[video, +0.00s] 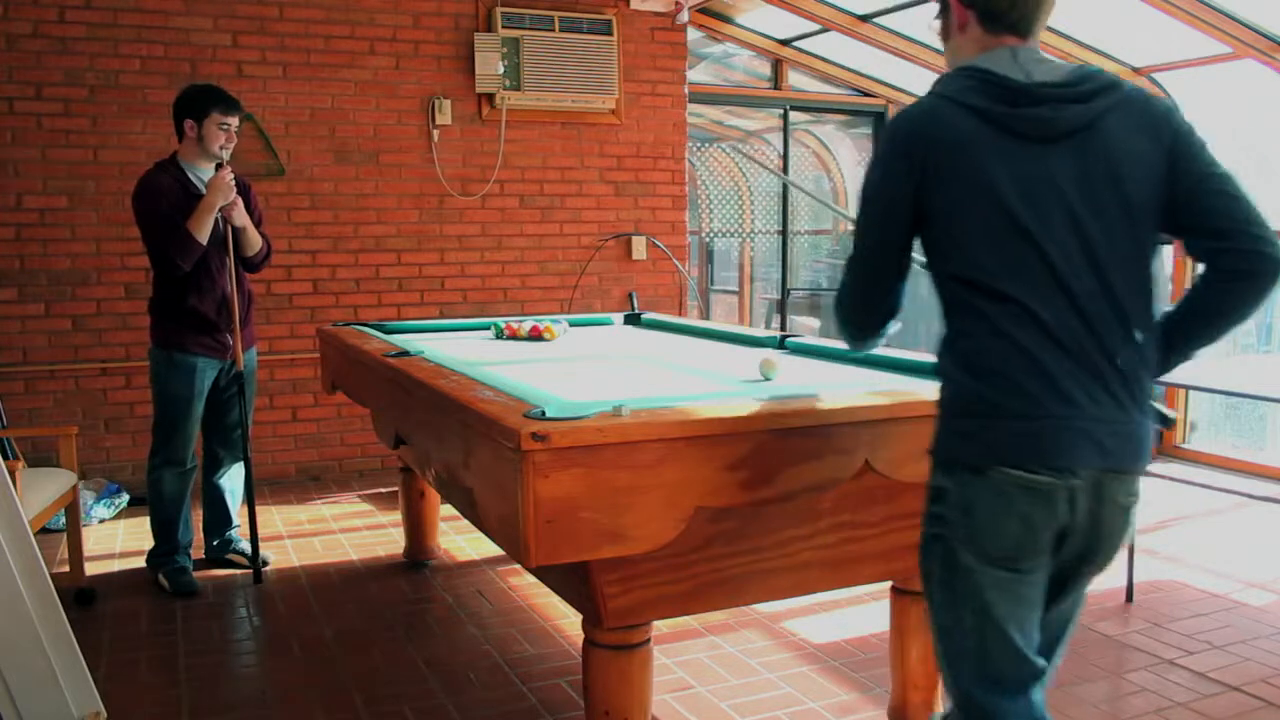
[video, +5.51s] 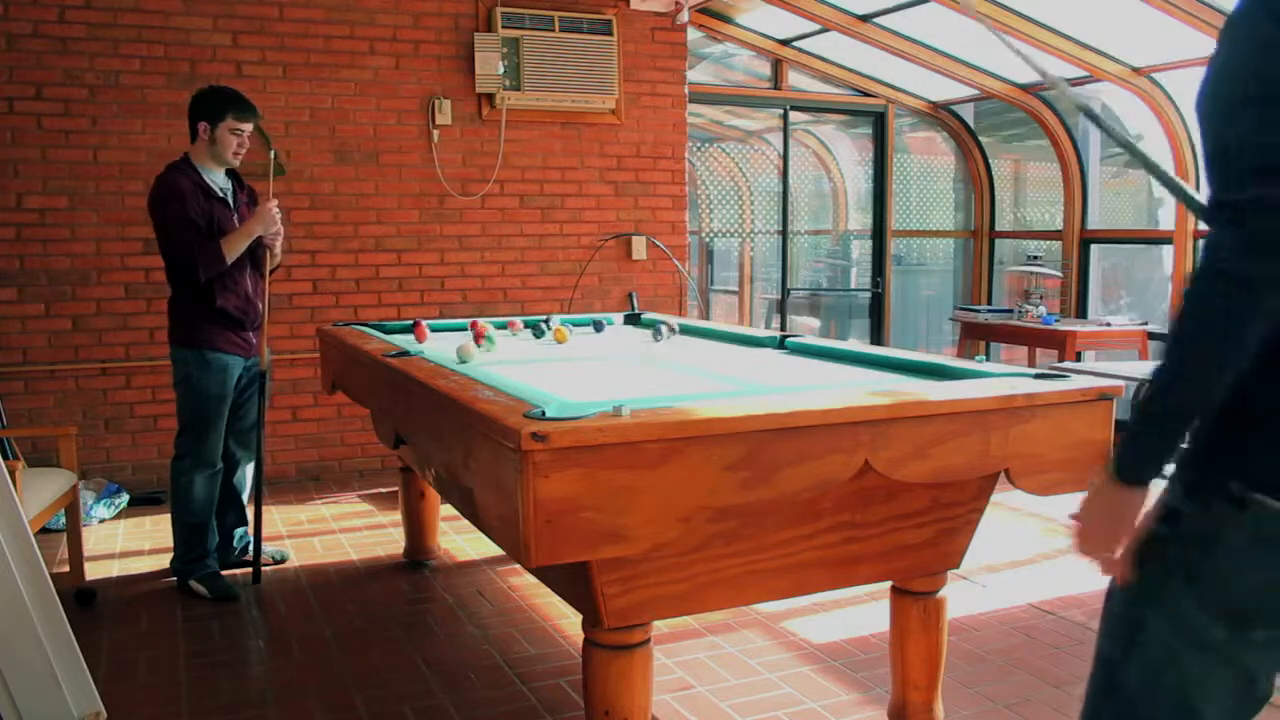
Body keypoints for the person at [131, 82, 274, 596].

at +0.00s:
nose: (231, 138)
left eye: (235, 129)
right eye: (223, 128)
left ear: (236, 133)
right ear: (190, 128)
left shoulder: (235, 184)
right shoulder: (156, 187)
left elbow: (257, 261)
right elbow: (176, 261)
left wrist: (242, 221)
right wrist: (209, 204)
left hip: (238, 339)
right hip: (184, 341)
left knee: (229, 450)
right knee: (176, 455)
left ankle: (223, 542)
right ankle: (171, 558)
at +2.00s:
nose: (226, 137)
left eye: (229, 128)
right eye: (217, 127)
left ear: (224, 133)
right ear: (183, 129)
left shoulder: (223, 187)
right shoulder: (152, 186)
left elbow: (255, 265)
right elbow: (176, 265)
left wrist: (255, 241)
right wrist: (229, 226)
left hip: (231, 339)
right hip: (183, 341)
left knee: (233, 452)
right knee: (188, 457)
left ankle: (224, 541)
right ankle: (193, 566)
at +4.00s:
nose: (243, 141)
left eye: (247, 132)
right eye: (234, 131)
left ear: (246, 137)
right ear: (202, 130)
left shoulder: (239, 188)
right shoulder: (168, 189)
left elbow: (263, 267)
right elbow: (188, 267)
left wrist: (268, 248)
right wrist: (243, 227)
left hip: (243, 340)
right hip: (199, 342)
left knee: (237, 452)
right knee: (199, 457)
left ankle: (231, 545)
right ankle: (193, 564)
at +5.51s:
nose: (245, 143)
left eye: (249, 134)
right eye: (236, 132)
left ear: (249, 138)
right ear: (204, 130)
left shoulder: (241, 192)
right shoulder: (173, 185)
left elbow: (257, 269)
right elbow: (198, 265)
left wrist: (272, 247)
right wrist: (252, 228)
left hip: (245, 342)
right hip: (203, 343)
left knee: (238, 453)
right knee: (201, 457)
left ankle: (230, 545)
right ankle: (192, 564)